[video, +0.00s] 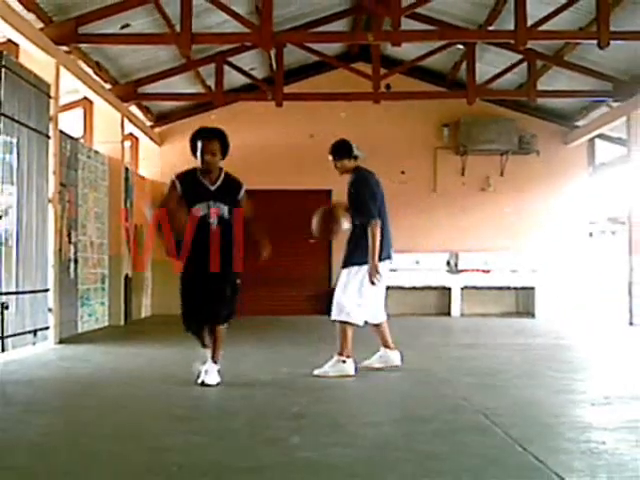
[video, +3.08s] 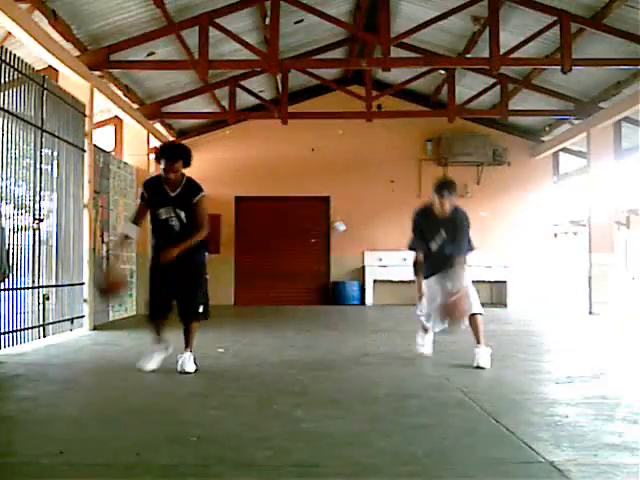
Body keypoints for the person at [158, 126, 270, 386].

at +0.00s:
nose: (209, 157)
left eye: (214, 152)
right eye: (205, 152)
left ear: (223, 154)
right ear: (198, 154)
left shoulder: (235, 186)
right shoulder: (183, 182)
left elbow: (249, 219)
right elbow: (167, 211)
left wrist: (263, 241)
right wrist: (172, 240)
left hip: (225, 262)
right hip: (194, 261)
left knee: (218, 316)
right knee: (193, 317)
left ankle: (215, 363)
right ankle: (208, 351)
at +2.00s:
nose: (212, 163)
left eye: (217, 157)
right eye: (208, 157)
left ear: (223, 157)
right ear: (198, 156)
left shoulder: (230, 185)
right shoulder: (184, 184)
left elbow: (236, 225)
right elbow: (174, 223)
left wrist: (239, 257)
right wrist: (179, 251)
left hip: (221, 254)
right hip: (192, 253)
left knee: (218, 307)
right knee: (186, 303)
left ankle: (214, 359)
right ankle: (192, 345)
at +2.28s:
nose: (207, 174)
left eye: (211, 169)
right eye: (203, 169)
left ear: (218, 166)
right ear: (196, 166)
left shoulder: (228, 188)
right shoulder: (186, 187)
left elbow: (244, 214)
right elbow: (170, 217)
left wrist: (257, 231)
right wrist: (168, 242)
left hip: (220, 256)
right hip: (191, 256)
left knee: (223, 303)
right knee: (187, 304)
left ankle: (225, 347)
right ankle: (187, 348)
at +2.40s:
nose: (191, 176)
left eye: (195, 171)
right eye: (187, 172)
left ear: (204, 168)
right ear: (182, 169)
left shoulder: (218, 186)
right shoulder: (175, 189)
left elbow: (237, 205)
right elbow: (155, 218)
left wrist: (254, 200)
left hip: (206, 252)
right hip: (180, 252)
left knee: (202, 300)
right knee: (178, 302)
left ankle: (214, 339)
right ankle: (185, 348)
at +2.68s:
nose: (182, 176)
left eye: (186, 171)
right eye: (178, 171)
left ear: (196, 167)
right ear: (174, 168)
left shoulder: (209, 188)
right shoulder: (164, 186)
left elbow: (220, 219)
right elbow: (149, 223)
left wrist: (229, 205)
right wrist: (148, 257)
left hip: (197, 254)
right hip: (170, 254)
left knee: (193, 303)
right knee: (174, 303)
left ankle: (190, 350)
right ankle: (183, 347)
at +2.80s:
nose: (181, 175)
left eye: (185, 171)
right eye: (177, 170)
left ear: (195, 167)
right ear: (173, 167)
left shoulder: (205, 190)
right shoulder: (161, 187)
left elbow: (208, 224)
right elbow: (152, 226)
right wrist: (155, 258)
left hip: (196, 253)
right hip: (169, 255)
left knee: (194, 302)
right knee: (174, 303)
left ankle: (189, 350)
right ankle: (183, 347)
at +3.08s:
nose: (169, 174)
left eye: (173, 170)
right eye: (166, 169)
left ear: (184, 167)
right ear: (160, 166)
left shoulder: (194, 190)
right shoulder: (151, 187)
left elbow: (204, 229)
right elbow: (138, 218)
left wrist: (178, 249)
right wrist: (124, 237)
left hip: (191, 252)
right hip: (162, 252)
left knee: (190, 305)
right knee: (157, 304)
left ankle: (188, 352)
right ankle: (160, 345)